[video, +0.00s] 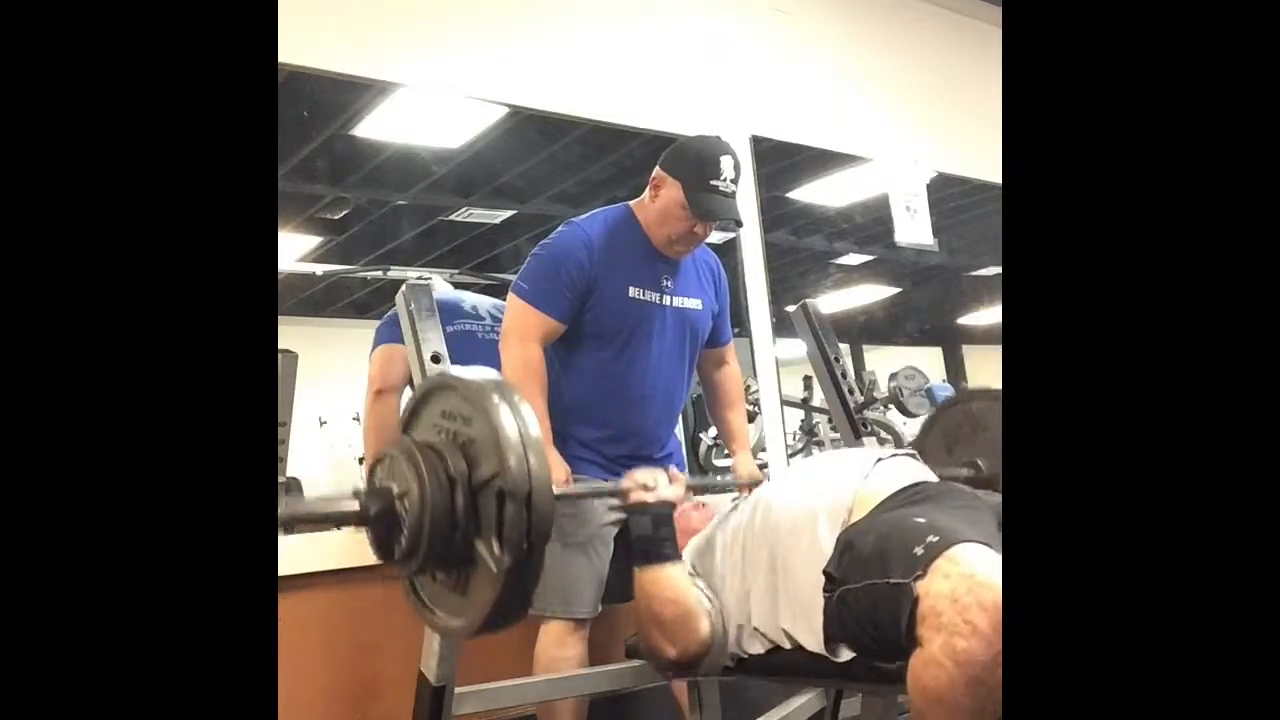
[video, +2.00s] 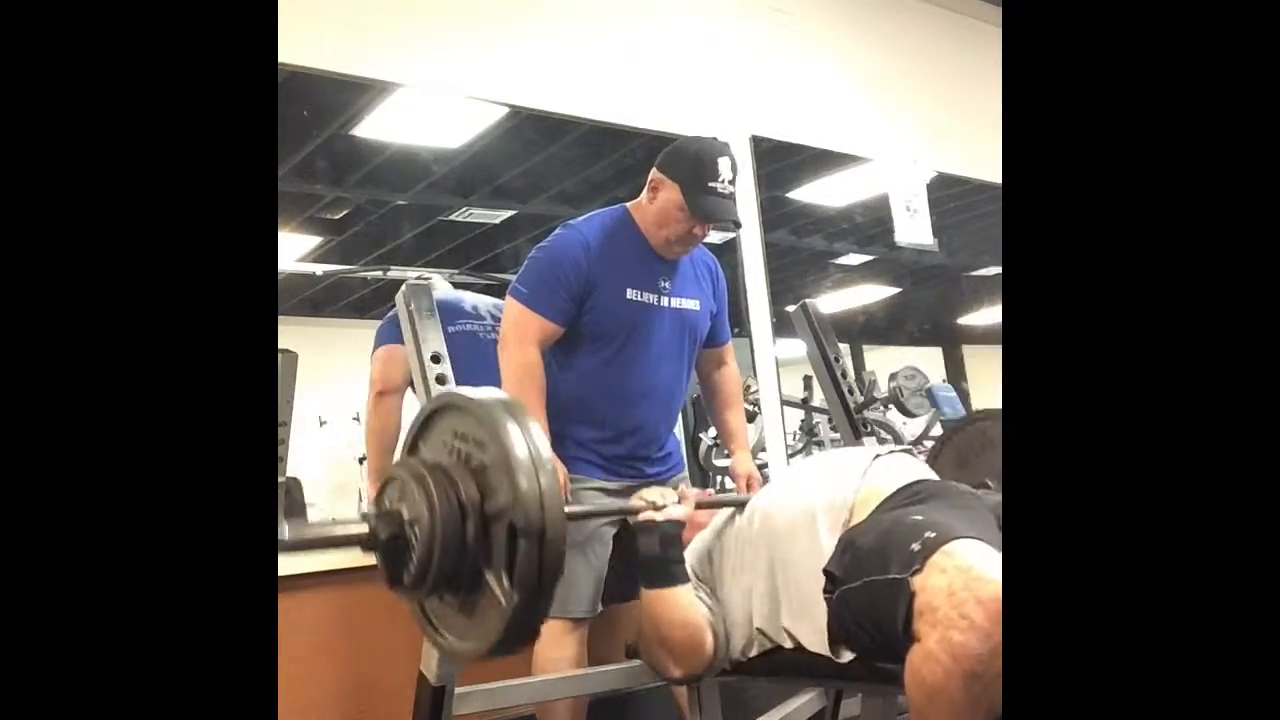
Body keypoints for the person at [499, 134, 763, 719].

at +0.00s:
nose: (705, 230)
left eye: (715, 220)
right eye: (696, 213)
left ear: (724, 216)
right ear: (658, 187)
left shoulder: (708, 270)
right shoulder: (580, 246)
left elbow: (720, 365)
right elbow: (521, 341)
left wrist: (741, 450)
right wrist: (542, 449)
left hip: (661, 466)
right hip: (578, 464)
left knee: (658, 613)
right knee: (571, 618)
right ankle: (563, 715)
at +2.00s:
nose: (704, 231)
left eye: (713, 222)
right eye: (695, 215)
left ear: (721, 217)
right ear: (655, 188)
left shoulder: (706, 271)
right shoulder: (577, 249)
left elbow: (719, 366)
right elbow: (519, 342)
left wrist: (740, 451)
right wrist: (539, 452)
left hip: (661, 472)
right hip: (580, 473)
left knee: (652, 611)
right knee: (569, 621)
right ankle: (561, 715)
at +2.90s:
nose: (701, 233)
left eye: (711, 223)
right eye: (693, 216)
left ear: (720, 218)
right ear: (657, 189)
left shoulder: (707, 271)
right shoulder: (578, 249)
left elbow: (719, 368)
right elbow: (520, 345)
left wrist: (740, 452)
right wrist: (541, 454)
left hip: (660, 467)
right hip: (577, 466)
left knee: (643, 613)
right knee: (570, 619)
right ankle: (560, 715)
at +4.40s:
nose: (707, 232)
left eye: (716, 222)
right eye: (699, 216)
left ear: (724, 218)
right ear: (660, 189)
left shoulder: (708, 271)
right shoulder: (581, 249)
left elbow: (721, 367)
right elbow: (524, 345)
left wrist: (743, 451)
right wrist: (548, 454)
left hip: (659, 467)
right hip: (579, 468)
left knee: (663, 616)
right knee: (569, 619)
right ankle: (564, 716)